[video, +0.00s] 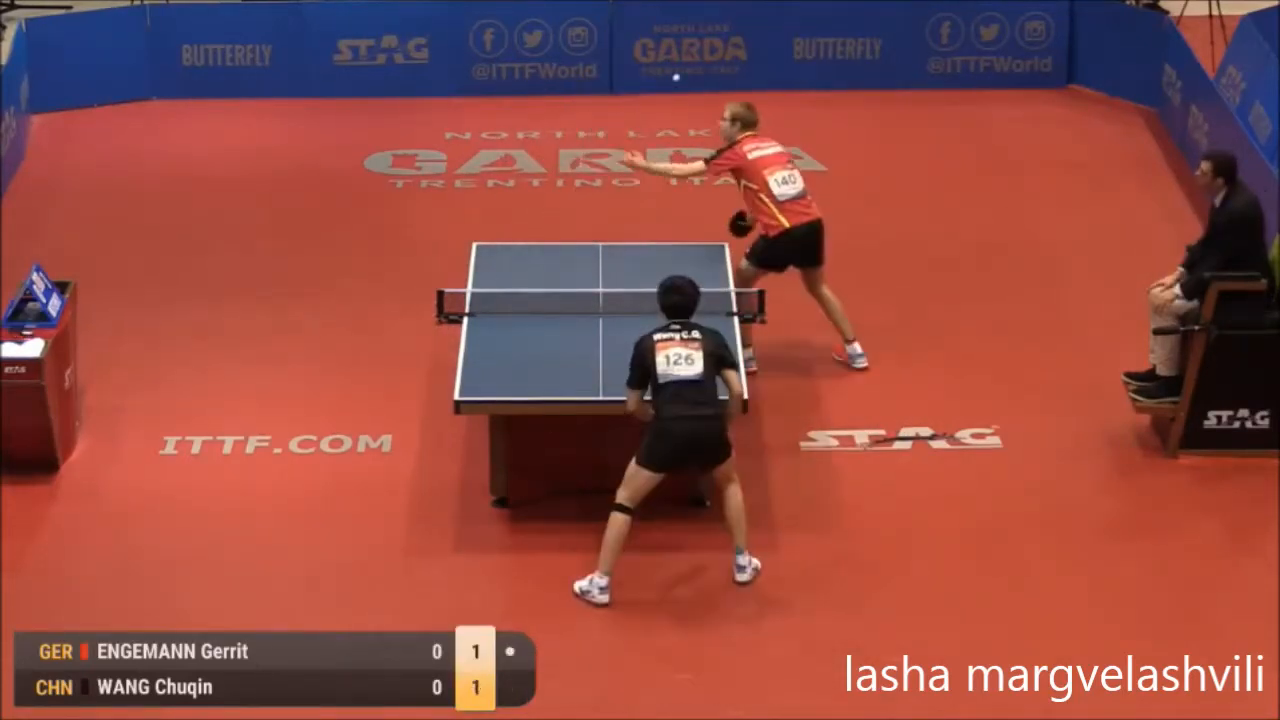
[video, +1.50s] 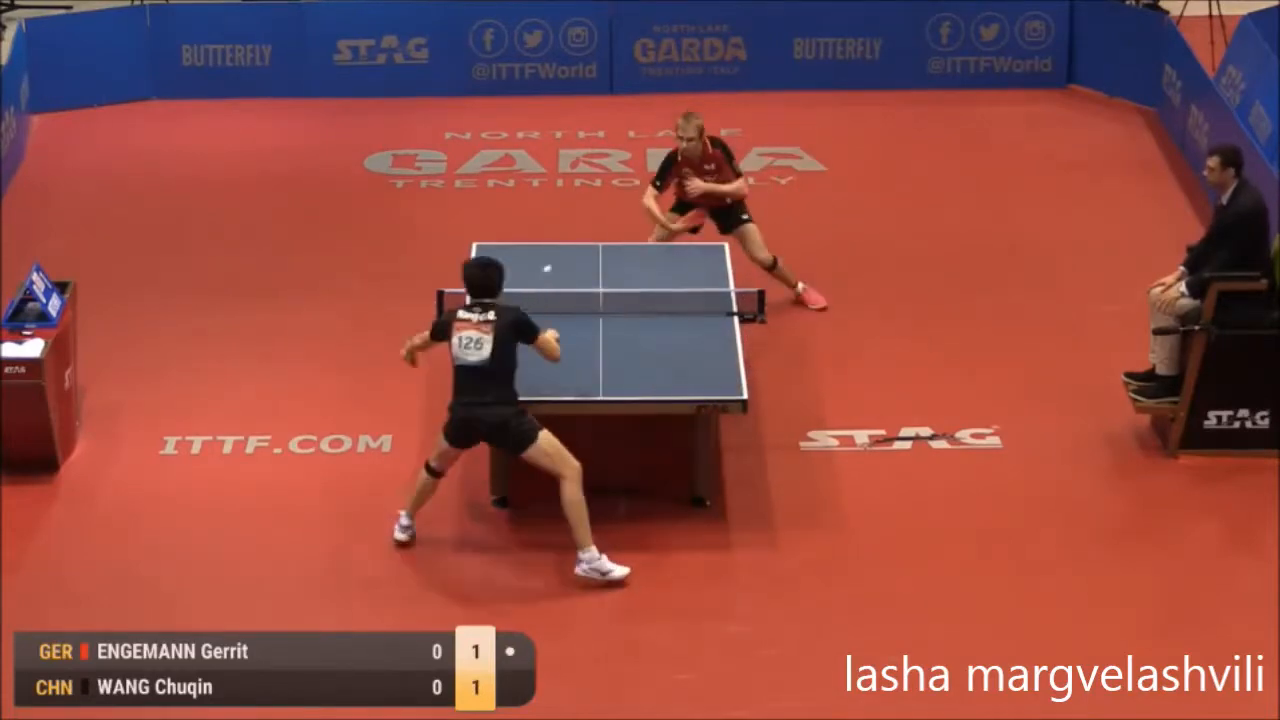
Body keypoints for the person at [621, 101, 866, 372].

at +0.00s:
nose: (719, 126)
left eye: (723, 121)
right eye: (721, 120)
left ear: (737, 126)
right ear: (749, 126)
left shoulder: (735, 152)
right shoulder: (771, 143)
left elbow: (685, 171)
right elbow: (778, 185)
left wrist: (645, 165)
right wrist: (753, 215)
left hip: (779, 234)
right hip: (812, 226)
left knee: (741, 280)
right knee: (817, 286)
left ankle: (745, 353)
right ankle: (855, 348)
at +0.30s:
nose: (730, 121)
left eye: (735, 117)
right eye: (733, 116)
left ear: (746, 125)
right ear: (759, 125)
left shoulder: (740, 156)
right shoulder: (783, 144)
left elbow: (728, 201)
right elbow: (827, 166)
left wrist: (708, 241)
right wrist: (854, 177)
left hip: (785, 230)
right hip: (818, 222)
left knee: (741, 282)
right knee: (823, 284)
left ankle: (744, 352)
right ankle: (855, 348)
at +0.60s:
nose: (692, 194)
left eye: (692, 188)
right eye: (689, 189)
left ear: (707, 181)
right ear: (709, 177)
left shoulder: (730, 194)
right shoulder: (734, 165)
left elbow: (767, 213)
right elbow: (737, 149)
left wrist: (788, 251)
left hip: (789, 244)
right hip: (810, 234)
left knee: (739, 284)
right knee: (791, 297)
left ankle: (761, 357)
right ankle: (842, 342)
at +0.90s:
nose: (676, 155)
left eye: (681, 149)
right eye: (674, 149)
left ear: (695, 144)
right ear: (672, 147)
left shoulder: (724, 159)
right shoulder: (685, 160)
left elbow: (770, 163)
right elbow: (672, 169)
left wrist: (789, 199)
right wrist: (665, 195)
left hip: (753, 211)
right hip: (723, 210)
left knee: (746, 274)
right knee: (688, 249)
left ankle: (758, 348)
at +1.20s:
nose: (666, 133)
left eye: (671, 128)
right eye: (662, 128)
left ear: (685, 124)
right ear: (658, 126)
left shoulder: (707, 140)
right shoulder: (655, 150)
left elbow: (734, 157)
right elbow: (629, 182)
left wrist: (715, 179)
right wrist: (624, 209)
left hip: (713, 198)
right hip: (676, 200)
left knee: (744, 249)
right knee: (640, 247)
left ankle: (772, 308)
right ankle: (637, 311)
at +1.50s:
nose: (683, 146)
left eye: (689, 140)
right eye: (680, 139)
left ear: (702, 137)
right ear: (675, 137)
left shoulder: (718, 148)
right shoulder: (674, 159)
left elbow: (742, 189)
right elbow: (647, 198)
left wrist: (705, 188)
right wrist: (670, 224)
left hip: (725, 202)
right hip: (688, 204)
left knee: (761, 257)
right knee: (653, 246)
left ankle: (799, 289)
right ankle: (644, 301)